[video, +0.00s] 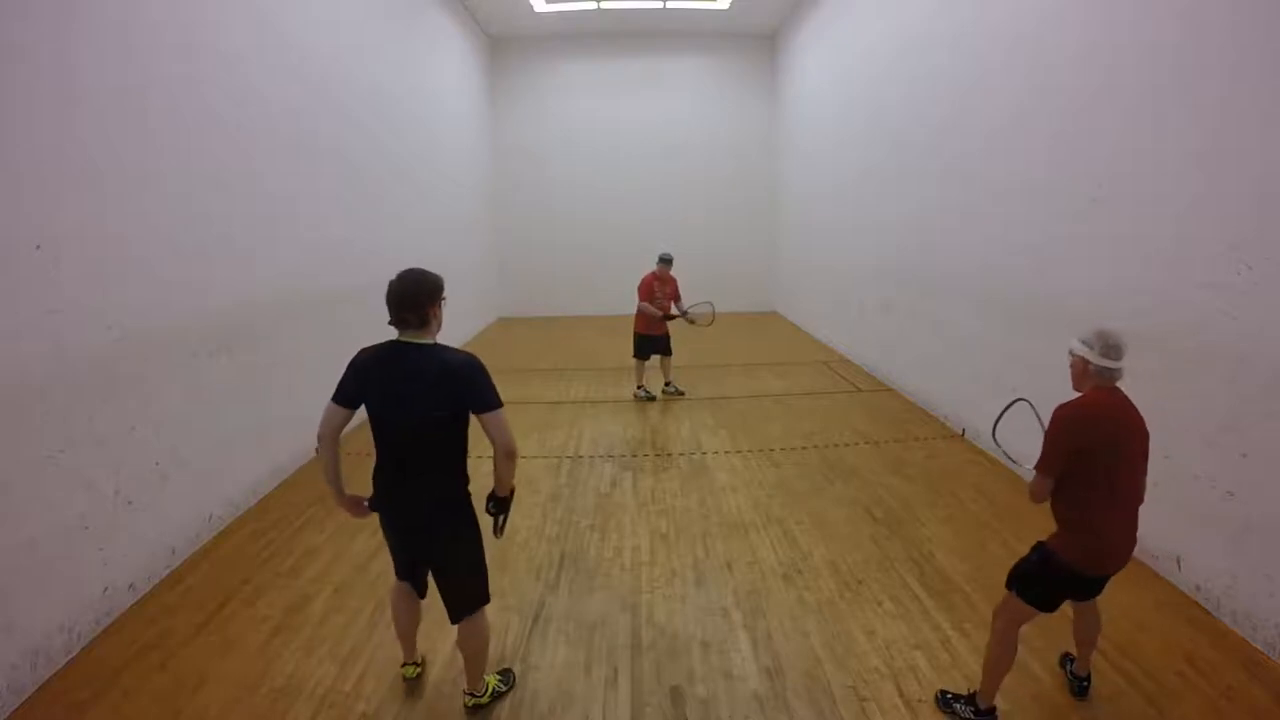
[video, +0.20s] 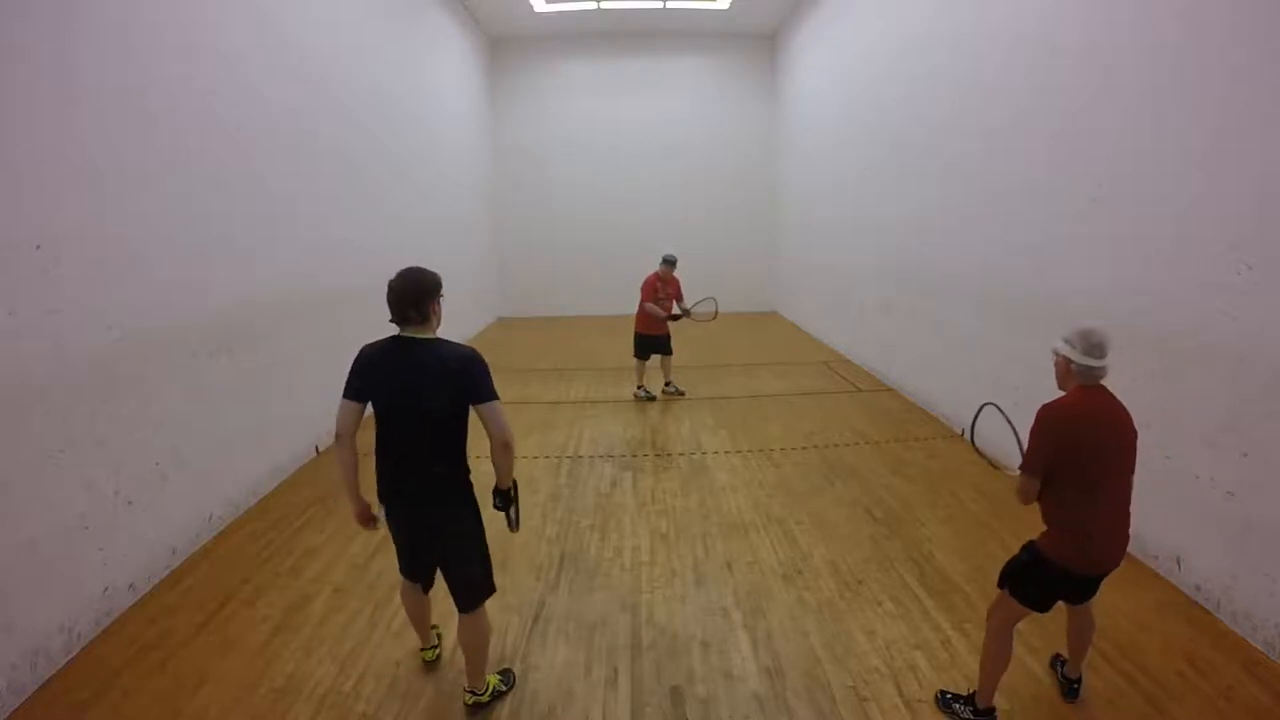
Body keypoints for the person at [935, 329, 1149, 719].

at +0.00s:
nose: (1070, 365)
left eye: (1075, 360)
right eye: (1073, 358)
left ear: (1086, 366)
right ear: (1114, 370)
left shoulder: (1071, 414)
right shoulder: (1133, 417)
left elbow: (1038, 493)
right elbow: (1137, 494)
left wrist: (1046, 467)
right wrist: (1078, 470)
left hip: (1075, 548)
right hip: (1117, 549)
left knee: (1007, 617)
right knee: (1085, 599)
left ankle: (982, 703)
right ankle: (1081, 673)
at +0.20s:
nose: (1054, 364)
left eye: (1058, 358)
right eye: (1056, 357)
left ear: (1069, 365)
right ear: (1098, 369)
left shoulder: (1055, 414)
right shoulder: (1119, 414)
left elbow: (1026, 493)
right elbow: (1104, 479)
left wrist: (1034, 464)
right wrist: (1045, 473)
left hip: (1065, 548)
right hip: (1110, 549)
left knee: (1001, 617)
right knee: (1080, 601)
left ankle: (981, 704)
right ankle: (1073, 676)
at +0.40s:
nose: (1052, 366)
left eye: (1056, 360)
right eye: (1055, 359)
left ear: (1067, 369)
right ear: (1096, 369)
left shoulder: (1057, 417)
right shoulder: (1117, 412)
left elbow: (1031, 497)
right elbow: (1099, 476)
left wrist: (1028, 482)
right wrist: (1045, 481)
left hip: (1071, 547)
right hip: (1115, 546)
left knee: (1005, 615)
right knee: (1081, 599)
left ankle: (979, 705)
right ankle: (1073, 676)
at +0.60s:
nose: (1058, 367)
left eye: (1062, 362)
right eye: (1060, 360)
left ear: (1073, 369)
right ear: (1101, 370)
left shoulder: (1066, 417)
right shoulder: (1122, 410)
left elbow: (1043, 495)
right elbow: (1102, 476)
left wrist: (1030, 487)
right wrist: (1052, 484)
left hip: (1081, 545)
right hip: (1122, 543)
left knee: (1013, 616)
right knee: (1083, 600)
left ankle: (979, 706)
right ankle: (1073, 676)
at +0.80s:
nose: (1058, 369)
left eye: (1062, 363)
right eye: (1060, 362)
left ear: (1073, 370)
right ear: (1101, 371)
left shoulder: (1067, 416)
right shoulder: (1121, 410)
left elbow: (1047, 495)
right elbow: (1105, 475)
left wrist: (1034, 489)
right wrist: (1054, 485)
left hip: (1085, 546)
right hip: (1124, 542)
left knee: (1015, 617)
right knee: (1083, 600)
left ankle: (986, 706)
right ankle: (1073, 676)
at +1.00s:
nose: (1053, 372)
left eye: (1057, 365)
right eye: (1055, 365)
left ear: (1067, 371)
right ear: (1096, 372)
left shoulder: (1059, 417)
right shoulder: (1117, 414)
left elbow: (1037, 494)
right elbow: (1105, 479)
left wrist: (1030, 495)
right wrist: (1052, 496)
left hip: (1075, 546)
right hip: (1117, 545)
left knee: (1007, 616)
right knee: (1080, 598)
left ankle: (982, 708)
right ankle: (1073, 676)